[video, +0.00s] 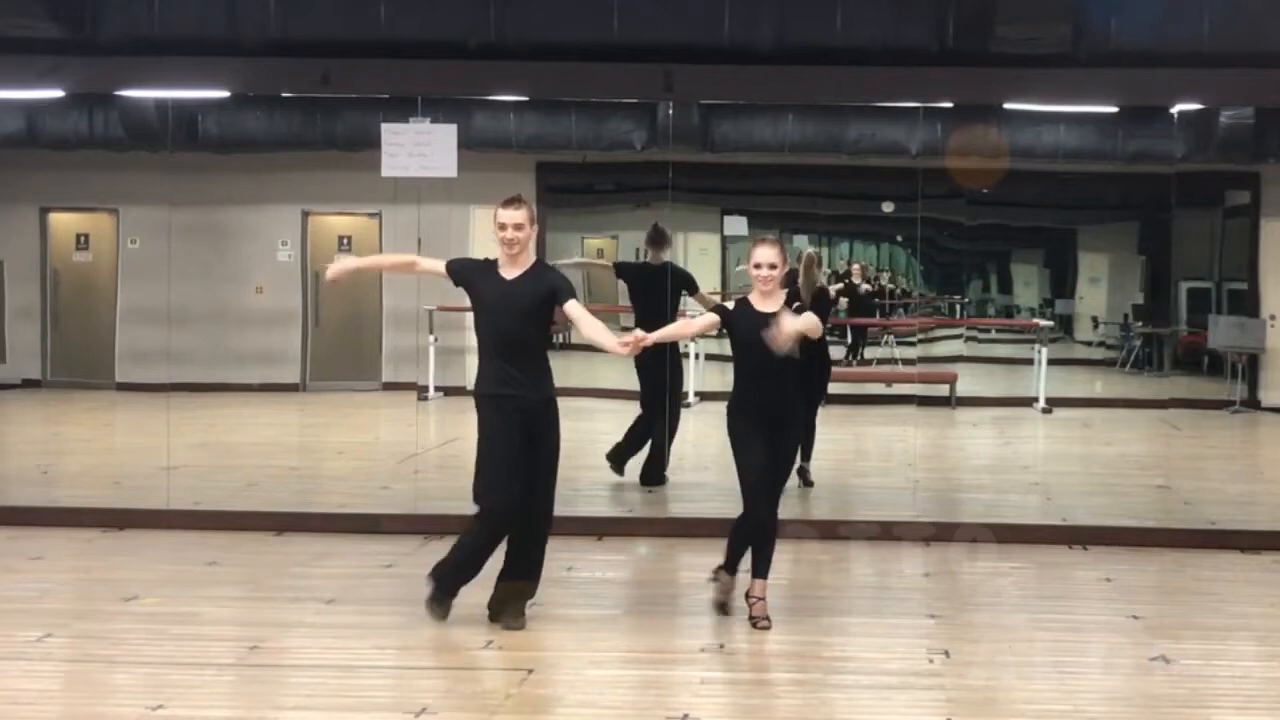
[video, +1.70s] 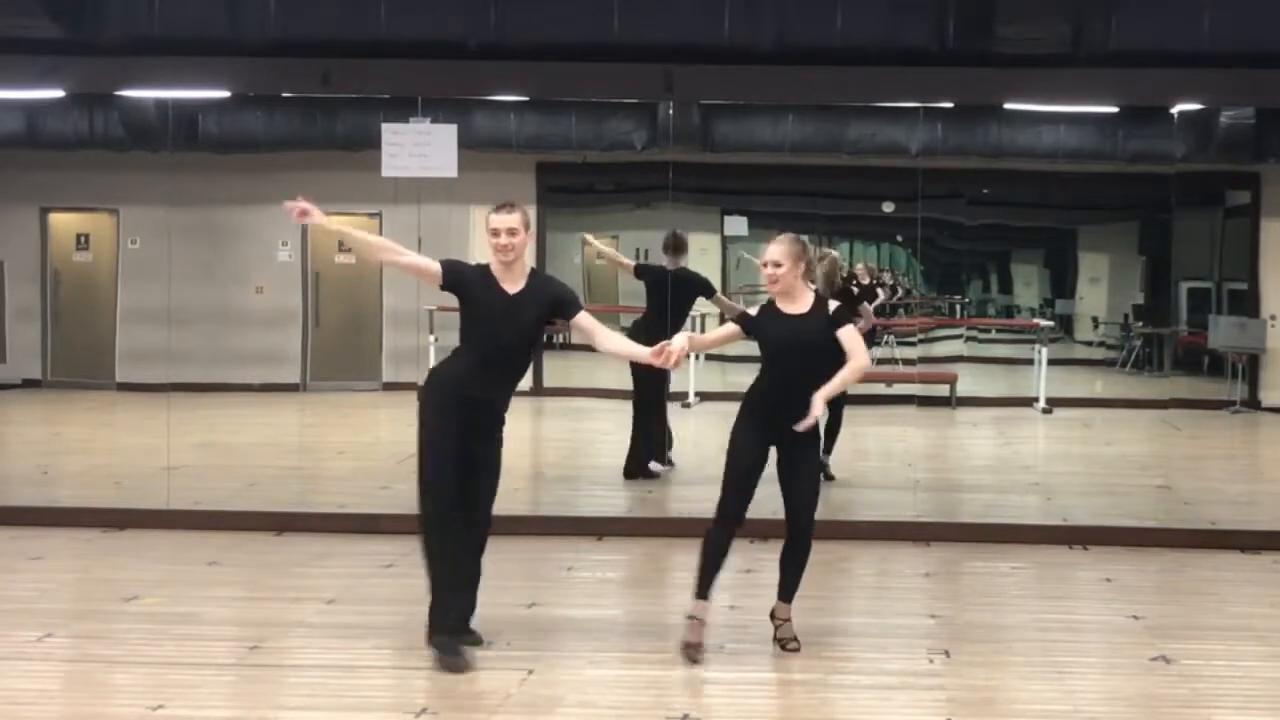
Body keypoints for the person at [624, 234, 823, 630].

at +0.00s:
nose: (765, 273)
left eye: (772, 267)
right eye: (758, 266)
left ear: (784, 270)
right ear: (747, 270)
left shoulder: (799, 313)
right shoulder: (734, 310)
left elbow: (813, 325)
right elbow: (692, 326)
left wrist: (794, 328)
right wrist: (650, 337)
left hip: (788, 419)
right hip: (747, 417)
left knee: (768, 504)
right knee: (756, 505)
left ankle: (758, 591)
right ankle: (726, 572)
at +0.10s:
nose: (765, 271)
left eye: (772, 265)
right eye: (758, 265)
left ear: (785, 268)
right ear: (748, 268)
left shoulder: (798, 308)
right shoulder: (734, 308)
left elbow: (831, 337)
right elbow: (691, 327)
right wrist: (648, 339)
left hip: (789, 416)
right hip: (744, 415)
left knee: (771, 501)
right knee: (744, 502)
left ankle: (760, 588)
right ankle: (763, 580)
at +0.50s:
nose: (766, 277)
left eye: (774, 270)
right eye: (760, 270)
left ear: (786, 274)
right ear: (751, 273)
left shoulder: (801, 312)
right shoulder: (732, 313)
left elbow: (846, 307)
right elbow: (684, 329)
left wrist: (881, 298)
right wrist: (642, 344)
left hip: (792, 422)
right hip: (750, 421)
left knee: (774, 508)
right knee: (735, 509)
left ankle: (766, 589)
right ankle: (755, 573)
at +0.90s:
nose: (768, 266)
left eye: (776, 259)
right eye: (762, 259)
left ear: (790, 264)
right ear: (751, 262)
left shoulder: (801, 303)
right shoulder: (738, 304)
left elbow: (823, 318)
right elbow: (690, 328)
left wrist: (827, 267)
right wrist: (648, 336)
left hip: (787, 417)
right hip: (749, 416)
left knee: (786, 511)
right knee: (757, 510)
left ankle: (740, 587)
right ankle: (746, 606)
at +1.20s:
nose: (774, 265)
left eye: (782, 257)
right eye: (767, 257)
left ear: (796, 263)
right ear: (757, 260)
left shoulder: (798, 312)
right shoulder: (745, 300)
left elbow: (775, 367)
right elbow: (698, 330)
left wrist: (777, 316)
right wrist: (653, 350)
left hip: (788, 421)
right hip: (767, 420)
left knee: (781, 519)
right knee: (769, 519)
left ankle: (791, 614)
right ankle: (772, 615)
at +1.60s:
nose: (777, 268)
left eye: (785, 261)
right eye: (771, 261)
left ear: (802, 264)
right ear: (762, 264)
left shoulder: (821, 307)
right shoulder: (753, 309)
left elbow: (834, 354)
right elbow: (703, 332)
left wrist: (790, 370)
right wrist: (675, 344)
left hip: (798, 427)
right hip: (755, 424)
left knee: (806, 521)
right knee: (753, 518)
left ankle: (784, 608)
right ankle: (747, 616)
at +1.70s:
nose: (766, 273)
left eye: (775, 266)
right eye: (764, 266)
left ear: (800, 268)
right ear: (764, 269)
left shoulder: (830, 313)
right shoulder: (761, 315)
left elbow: (861, 361)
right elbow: (707, 341)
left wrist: (822, 394)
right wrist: (683, 340)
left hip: (803, 428)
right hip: (757, 422)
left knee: (801, 527)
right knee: (729, 512)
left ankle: (783, 611)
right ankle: (698, 609)